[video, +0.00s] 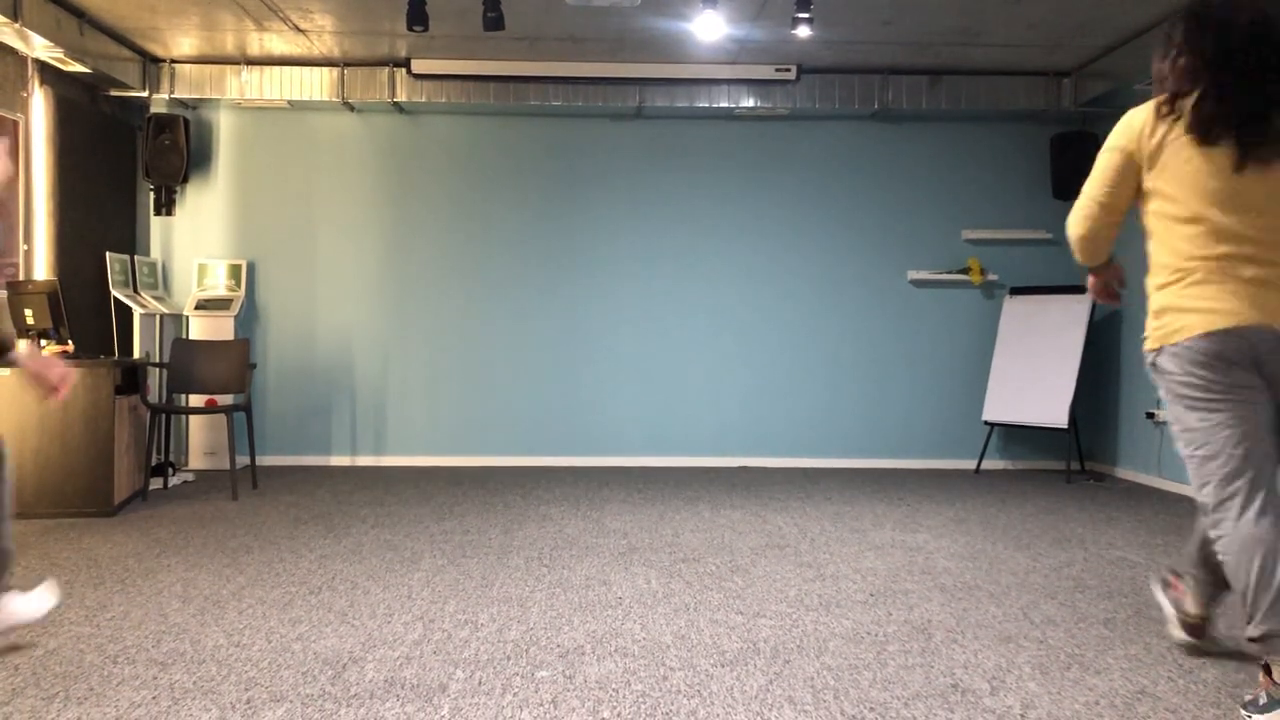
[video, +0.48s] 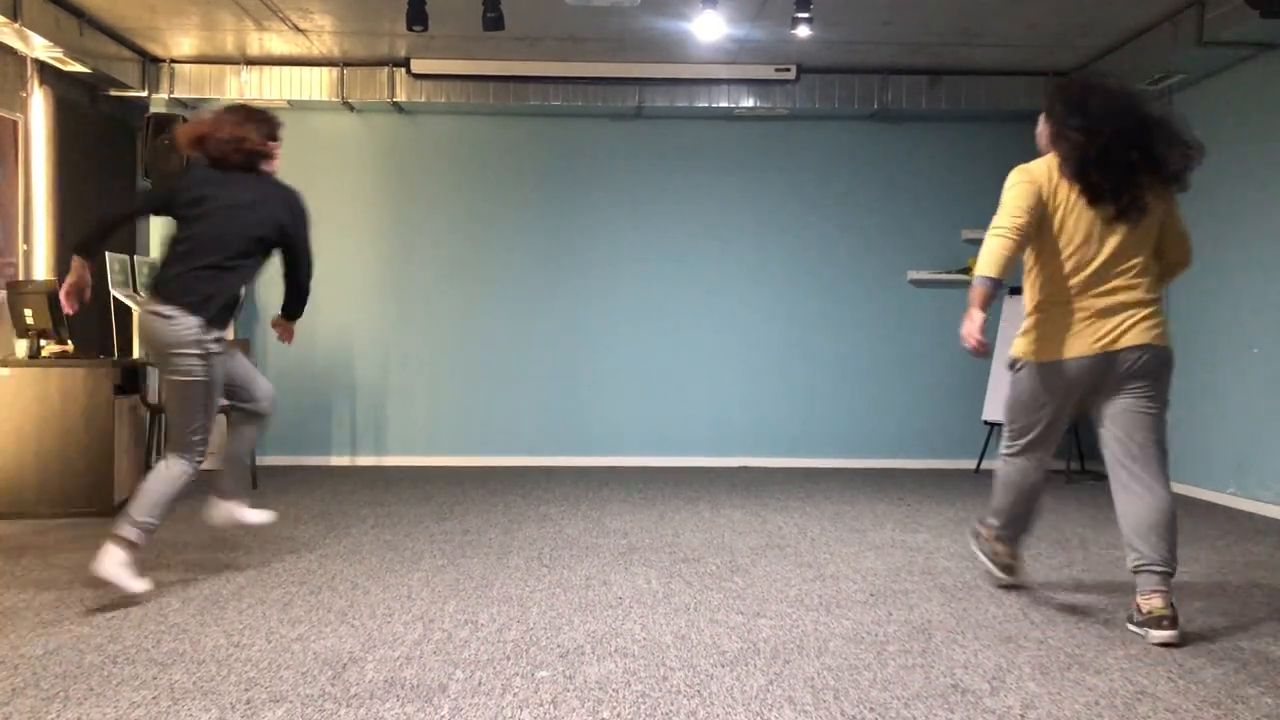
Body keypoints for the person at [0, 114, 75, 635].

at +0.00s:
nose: (9, 168)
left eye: (10, 157)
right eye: (6, 156)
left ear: (12, 160)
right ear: (2, 159)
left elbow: (1, 307)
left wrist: (26, 356)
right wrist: (26, 357)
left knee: (3, 473)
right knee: (2, 473)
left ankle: (5, 596)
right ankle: (4, 596)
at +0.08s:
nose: (60, 165)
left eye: (57, 153)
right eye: (54, 155)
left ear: (23, 157)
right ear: (30, 158)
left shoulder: (9, 209)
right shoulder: (5, 210)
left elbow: (9, 293)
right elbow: (10, 292)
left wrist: (56, 301)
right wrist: (56, 302)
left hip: (3, 381)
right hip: (2, 382)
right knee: (30, 463)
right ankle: (24, 598)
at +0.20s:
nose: (142, 168)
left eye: (140, 157)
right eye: (136, 158)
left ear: (83, 162)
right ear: (114, 165)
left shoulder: (47, 218)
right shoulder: (85, 222)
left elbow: (42, 293)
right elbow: (71, 300)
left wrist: (96, 287)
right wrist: (100, 364)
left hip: (7, 355)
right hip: (39, 354)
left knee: (8, 513)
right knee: (105, 479)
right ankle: (40, 609)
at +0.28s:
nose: (183, 172)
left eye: (182, 162)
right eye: (179, 162)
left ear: (125, 161)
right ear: (157, 165)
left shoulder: (83, 214)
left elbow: (67, 292)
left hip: (23, 347)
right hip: (82, 346)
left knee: (74, 483)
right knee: (111, 489)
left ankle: (1, 514)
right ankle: (41, 607)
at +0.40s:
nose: (249, 155)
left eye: (247, 145)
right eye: (244, 147)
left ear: (191, 146)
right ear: (230, 152)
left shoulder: (153, 183)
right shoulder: (242, 204)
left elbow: (79, 199)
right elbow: (271, 278)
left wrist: (75, 256)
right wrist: (287, 332)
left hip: (104, 322)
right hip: (150, 335)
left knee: (221, 394)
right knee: (159, 464)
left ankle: (162, 485)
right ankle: (70, 562)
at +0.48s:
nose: (280, 151)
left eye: (278, 143)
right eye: (275, 144)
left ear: (225, 144)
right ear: (263, 149)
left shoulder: (198, 181)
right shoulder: (283, 201)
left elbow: (129, 210)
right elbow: (299, 271)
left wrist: (82, 257)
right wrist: (288, 318)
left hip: (160, 317)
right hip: (187, 331)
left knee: (256, 398)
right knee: (186, 453)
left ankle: (227, 501)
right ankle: (119, 549)